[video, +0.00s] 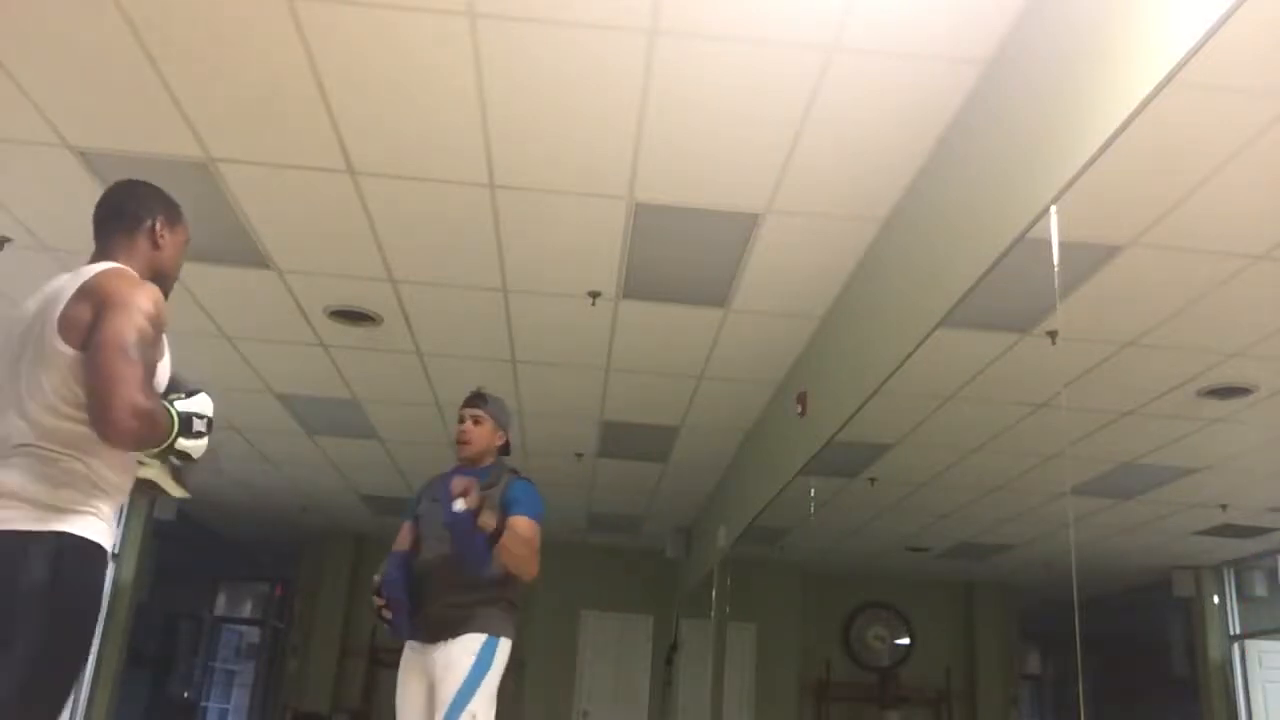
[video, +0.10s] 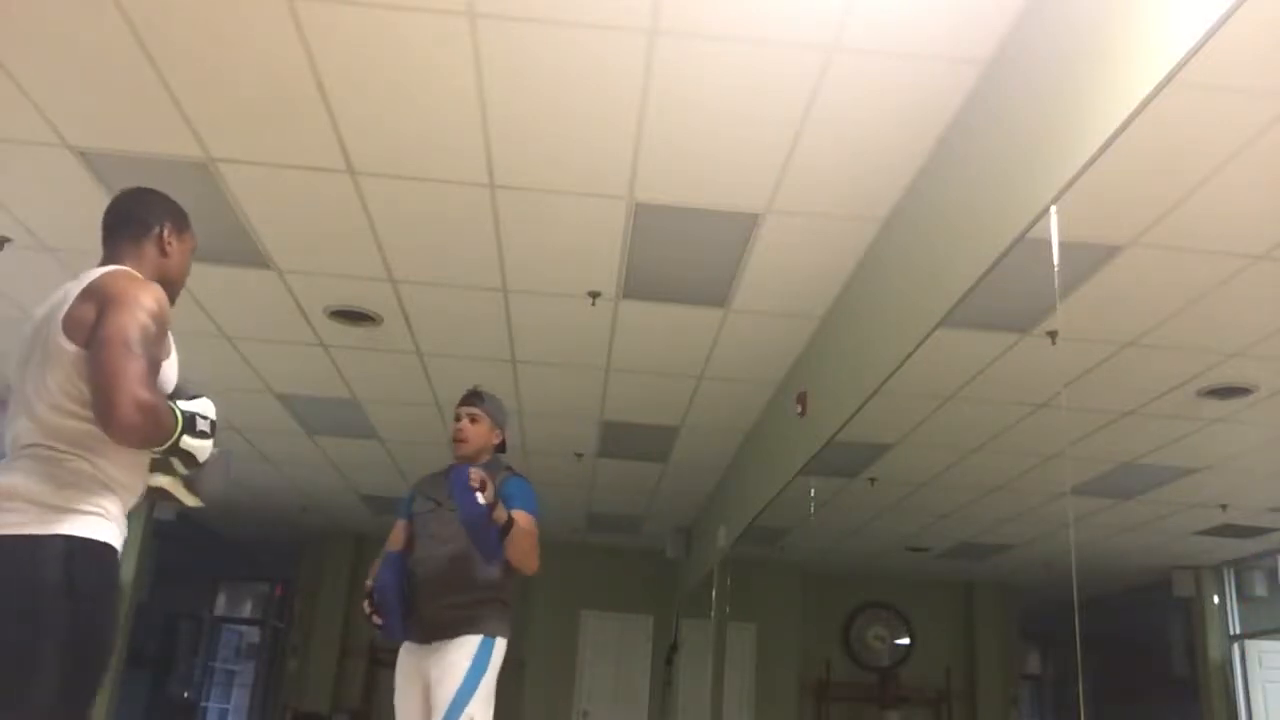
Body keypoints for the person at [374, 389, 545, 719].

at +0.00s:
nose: (463, 428)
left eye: (476, 420)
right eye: (460, 420)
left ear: (500, 437)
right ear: (455, 429)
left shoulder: (516, 489)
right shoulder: (434, 488)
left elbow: (528, 566)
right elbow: (401, 550)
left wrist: (482, 516)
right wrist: (389, 587)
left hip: (477, 632)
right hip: (422, 631)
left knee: (460, 713)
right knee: (411, 713)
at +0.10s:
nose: (459, 426)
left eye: (472, 418)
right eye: (457, 419)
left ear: (497, 436)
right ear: (450, 428)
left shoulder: (511, 486)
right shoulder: (425, 487)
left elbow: (528, 561)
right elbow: (393, 551)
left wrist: (495, 509)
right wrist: (377, 588)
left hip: (473, 636)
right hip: (417, 636)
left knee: (456, 713)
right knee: (410, 714)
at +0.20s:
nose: (457, 423)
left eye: (470, 416)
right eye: (454, 415)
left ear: (493, 435)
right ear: (447, 426)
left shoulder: (507, 487)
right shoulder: (419, 487)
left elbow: (531, 563)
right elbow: (386, 549)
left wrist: (489, 517)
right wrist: (369, 587)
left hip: (466, 639)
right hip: (410, 638)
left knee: (453, 713)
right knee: (407, 714)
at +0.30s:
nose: (452, 420)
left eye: (465, 413)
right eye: (449, 413)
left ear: (489, 432)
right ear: (442, 423)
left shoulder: (503, 487)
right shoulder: (413, 486)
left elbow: (525, 567)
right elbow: (381, 549)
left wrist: (471, 539)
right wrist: (364, 591)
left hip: (458, 641)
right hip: (403, 639)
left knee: (438, 713)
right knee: (400, 713)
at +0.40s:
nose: (448, 415)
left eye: (462, 409)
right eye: (446, 408)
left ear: (485, 428)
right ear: (438, 420)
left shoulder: (496, 489)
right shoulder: (410, 482)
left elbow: (517, 573)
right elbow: (375, 544)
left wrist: (453, 567)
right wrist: (354, 588)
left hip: (450, 641)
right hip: (395, 637)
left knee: (435, 713)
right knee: (394, 713)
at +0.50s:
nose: (443, 408)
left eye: (457, 403)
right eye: (441, 401)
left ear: (480, 424)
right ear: (432, 413)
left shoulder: (489, 488)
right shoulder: (404, 476)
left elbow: (506, 575)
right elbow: (366, 542)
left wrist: (442, 572)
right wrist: (347, 581)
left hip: (445, 640)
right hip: (390, 637)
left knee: (427, 712)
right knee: (387, 712)